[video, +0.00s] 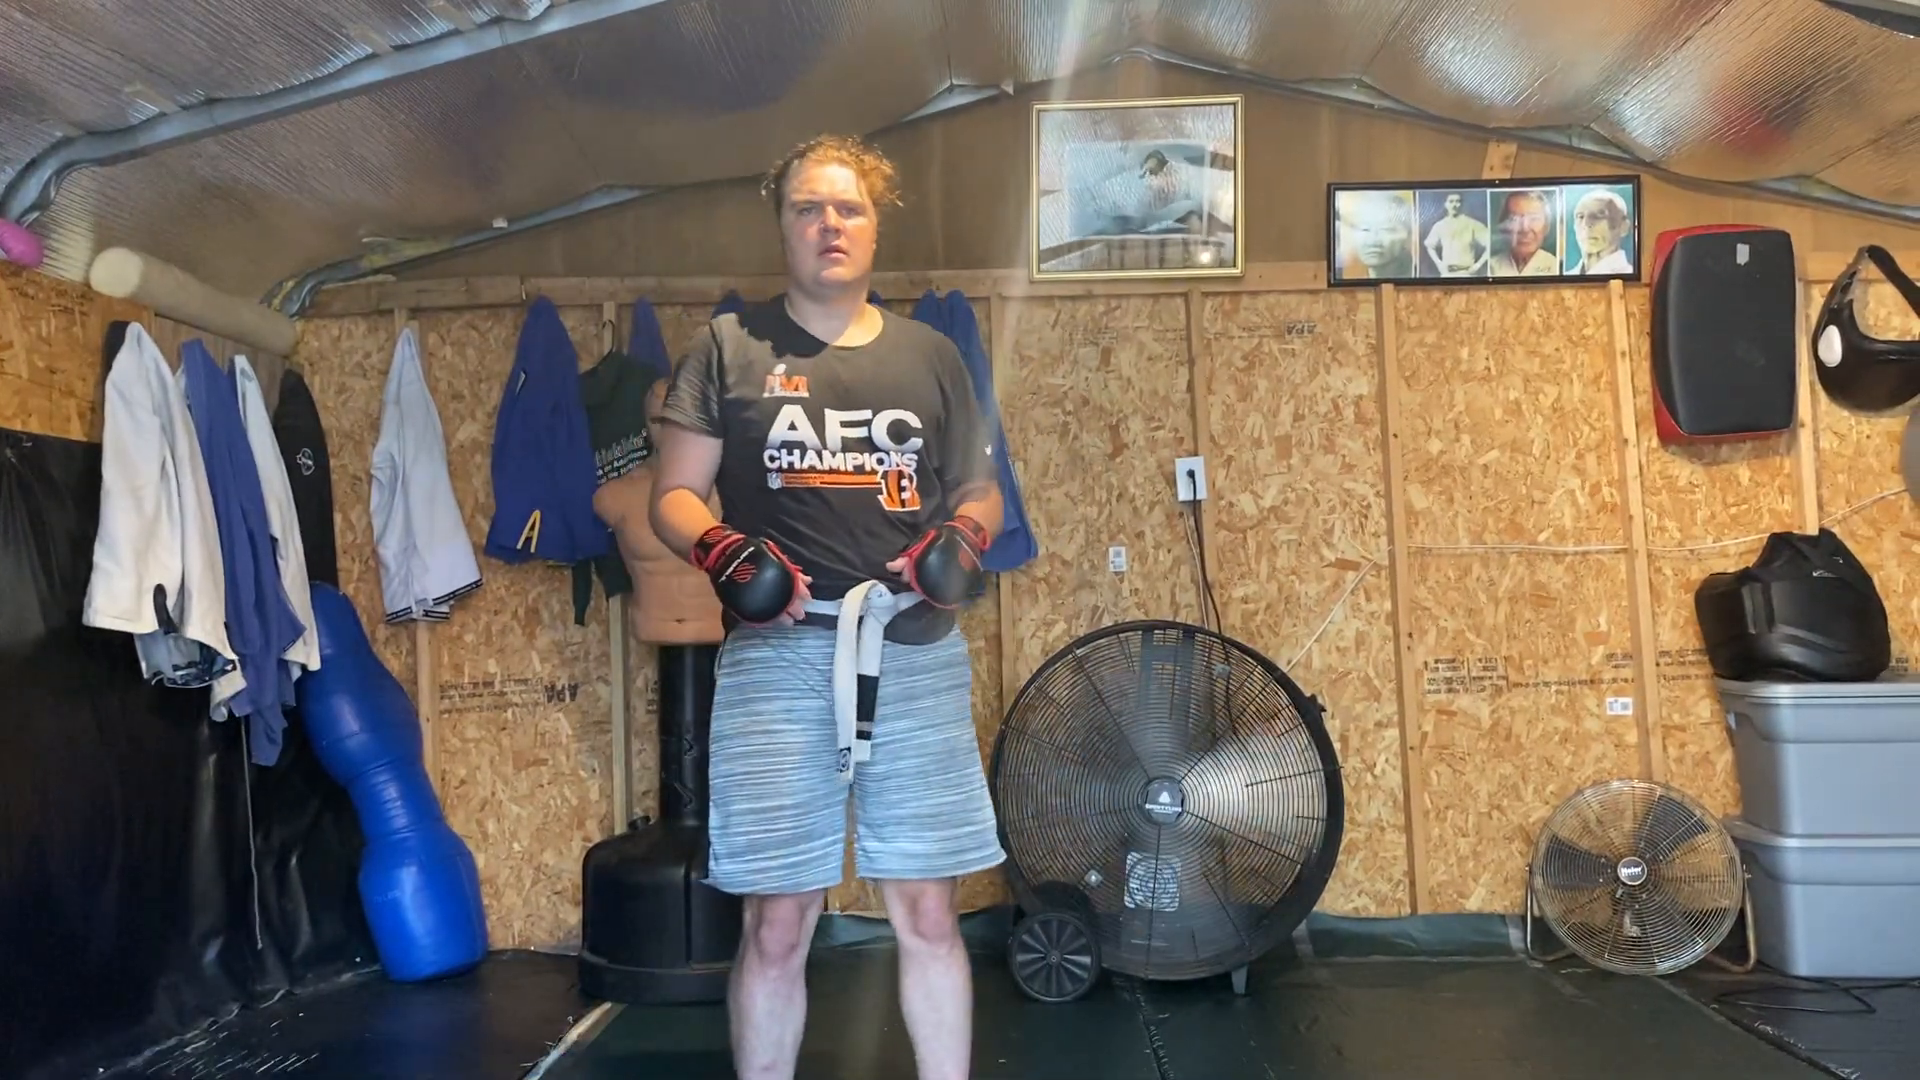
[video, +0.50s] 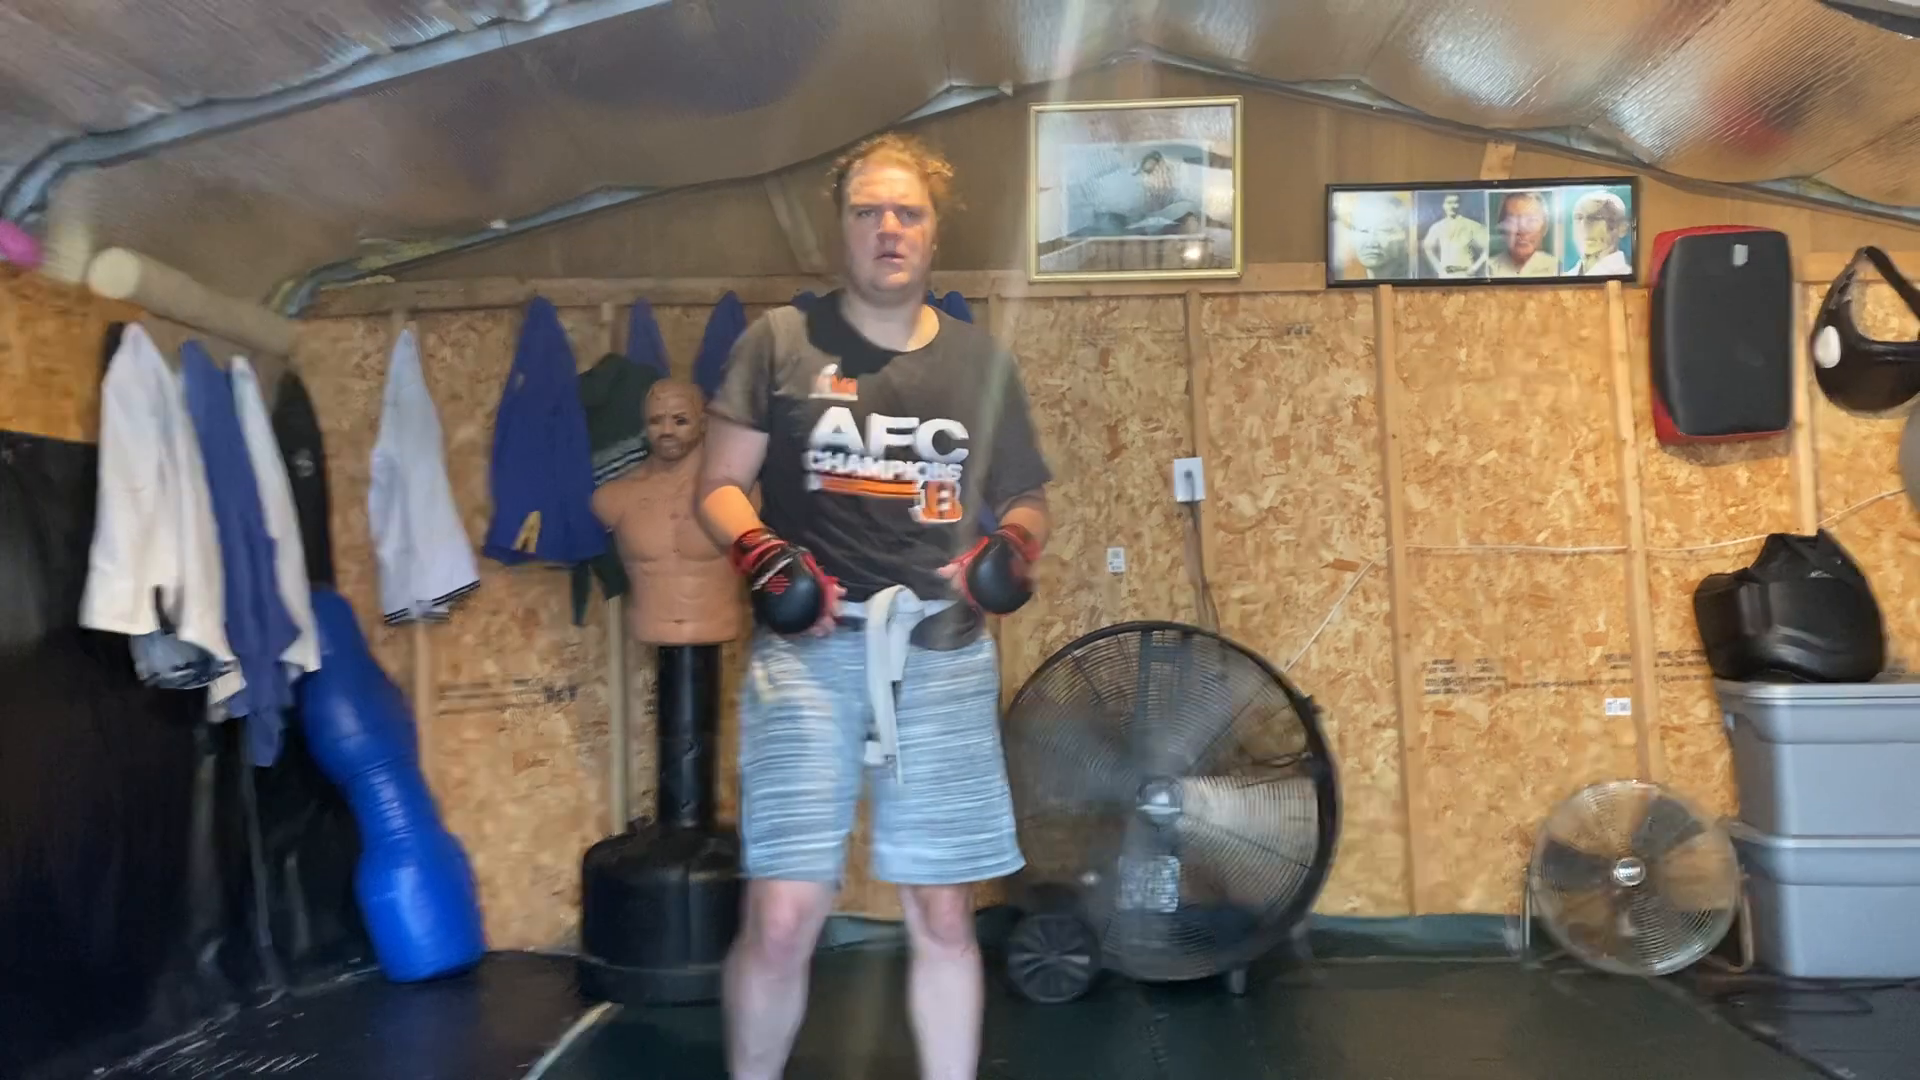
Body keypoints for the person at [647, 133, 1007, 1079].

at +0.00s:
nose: (831, 225)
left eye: (849, 209)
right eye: (809, 210)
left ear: (876, 232)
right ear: (782, 233)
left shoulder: (933, 358)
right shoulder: (728, 349)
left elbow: (980, 491)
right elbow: (676, 495)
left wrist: (959, 546)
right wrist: (725, 551)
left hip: (915, 653)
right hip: (780, 654)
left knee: (929, 912)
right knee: (778, 927)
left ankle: (948, 1077)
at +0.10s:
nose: (846, 225)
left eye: (864, 210)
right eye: (825, 210)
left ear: (891, 230)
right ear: (796, 232)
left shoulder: (949, 360)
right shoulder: (741, 348)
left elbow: (993, 493)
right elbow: (688, 492)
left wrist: (974, 544)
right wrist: (735, 551)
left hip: (926, 652)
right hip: (791, 654)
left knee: (934, 911)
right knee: (785, 925)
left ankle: (949, 1077)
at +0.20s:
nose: (860, 227)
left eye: (878, 211)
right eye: (840, 211)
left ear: (906, 231)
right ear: (811, 232)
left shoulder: (961, 359)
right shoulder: (754, 347)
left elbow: (1005, 494)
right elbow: (700, 490)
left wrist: (988, 547)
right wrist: (748, 554)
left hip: (934, 655)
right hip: (801, 657)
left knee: (939, 912)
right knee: (789, 927)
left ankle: (951, 1078)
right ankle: (768, 1079)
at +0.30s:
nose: (873, 226)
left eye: (891, 212)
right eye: (853, 210)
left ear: (919, 234)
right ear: (824, 232)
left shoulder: (969, 358)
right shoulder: (766, 346)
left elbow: (1014, 492)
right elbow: (708, 490)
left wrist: (1001, 548)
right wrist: (758, 556)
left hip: (941, 655)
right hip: (806, 656)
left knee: (944, 913)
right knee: (793, 929)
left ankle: (953, 1079)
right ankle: (771, 1079)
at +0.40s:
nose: (884, 226)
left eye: (902, 211)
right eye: (864, 210)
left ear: (930, 233)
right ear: (834, 231)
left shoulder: (978, 359)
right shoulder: (776, 343)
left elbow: (1020, 494)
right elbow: (715, 486)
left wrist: (1009, 550)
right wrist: (764, 556)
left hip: (945, 657)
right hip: (811, 654)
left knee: (946, 913)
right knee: (794, 923)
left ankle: (953, 1079)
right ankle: (767, 1077)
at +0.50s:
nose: (888, 230)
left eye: (907, 214)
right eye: (869, 212)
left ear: (936, 234)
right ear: (840, 230)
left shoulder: (984, 363)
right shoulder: (778, 344)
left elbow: (1024, 498)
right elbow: (721, 484)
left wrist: (1011, 556)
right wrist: (762, 554)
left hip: (943, 656)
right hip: (807, 648)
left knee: (945, 913)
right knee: (786, 915)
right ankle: (751, 1076)